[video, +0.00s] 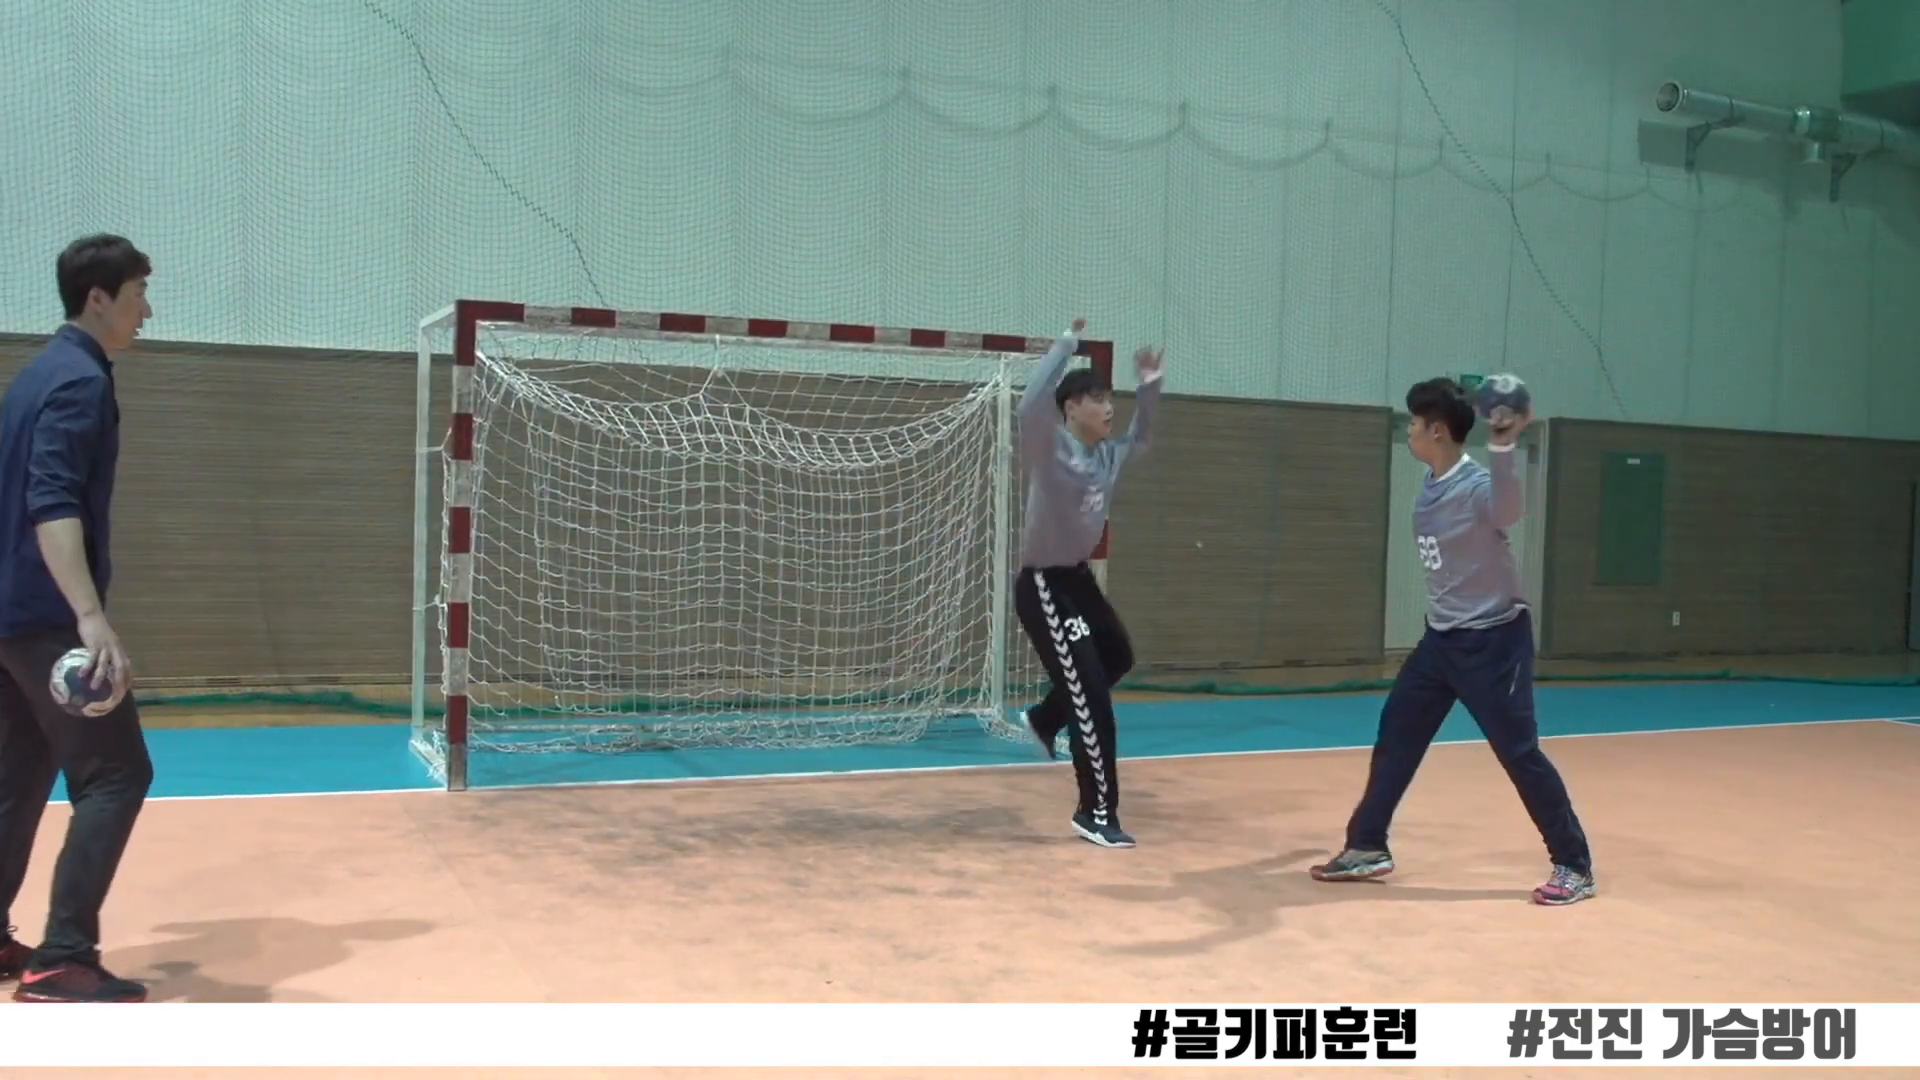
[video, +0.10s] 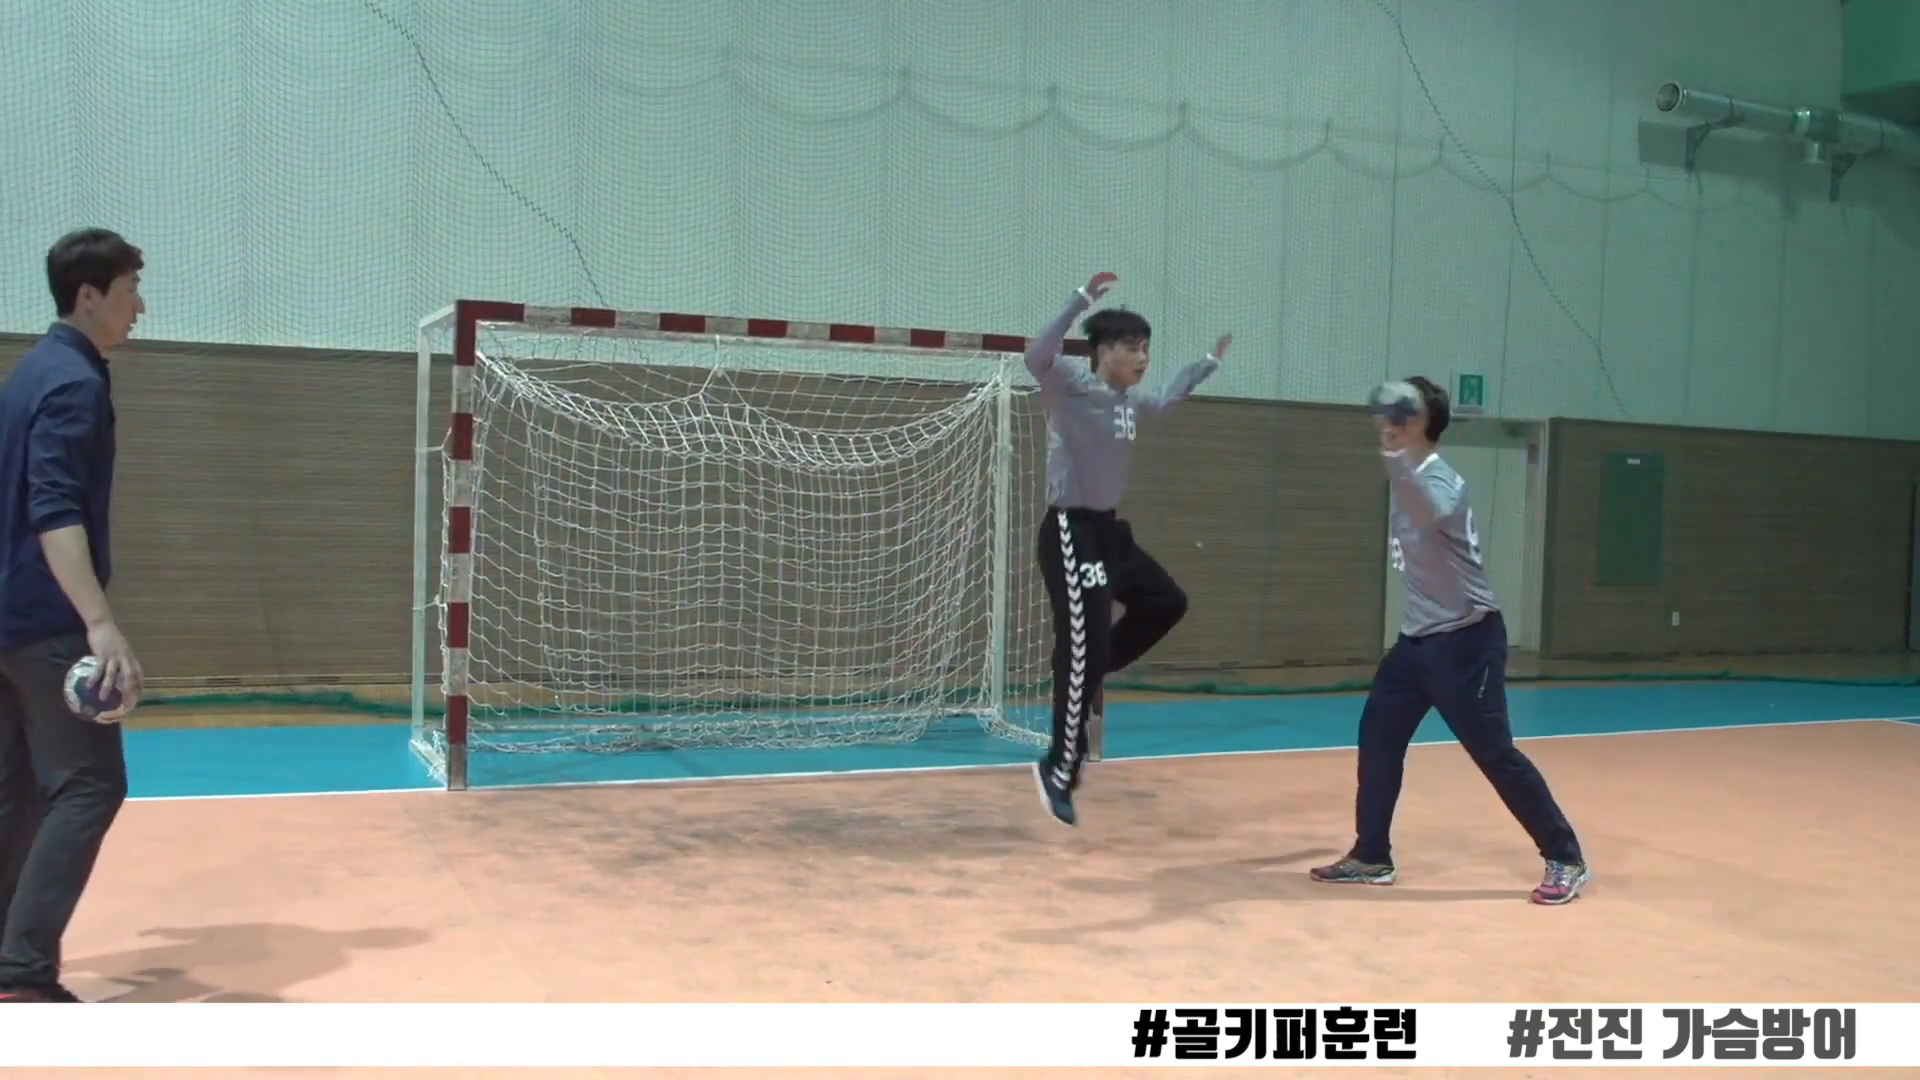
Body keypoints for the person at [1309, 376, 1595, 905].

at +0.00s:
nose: (1409, 434)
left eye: (1414, 426)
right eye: (1410, 425)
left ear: (1438, 433)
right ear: (1438, 431)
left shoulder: (1478, 484)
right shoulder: (1432, 486)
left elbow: (1509, 514)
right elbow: (1451, 554)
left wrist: (1503, 447)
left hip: (1494, 638)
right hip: (1441, 639)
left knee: (1520, 754)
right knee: (1397, 736)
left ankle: (1574, 867)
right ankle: (1367, 847)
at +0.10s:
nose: (1391, 424)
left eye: (1404, 415)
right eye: (1387, 415)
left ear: (1429, 424)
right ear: (1385, 423)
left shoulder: (1443, 477)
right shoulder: (1405, 475)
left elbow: (1428, 515)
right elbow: (1426, 549)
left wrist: (1397, 462)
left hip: (1467, 637)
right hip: (1418, 639)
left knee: (1494, 753)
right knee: (1379, 736)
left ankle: (1565, 858)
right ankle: (1371, 855)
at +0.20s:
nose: (1359, 418)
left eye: (1366, 409)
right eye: (1362, 409)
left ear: (1390, 415)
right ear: (1393, 416)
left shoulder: (1410, 470)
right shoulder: (1396, 468)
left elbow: (1341, 496)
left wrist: (1286, 446)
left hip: (1452, 625)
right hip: (1408, 629)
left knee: (1483, 742)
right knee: (1380, 734)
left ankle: (1561, 848)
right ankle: (1371, 855)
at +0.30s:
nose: (1346, 413)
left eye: (1354, 404)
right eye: (1349, 403)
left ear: (1380, 409)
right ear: (1383, 411)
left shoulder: (1380, 465)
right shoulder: (1404, 463)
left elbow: (1301, 483)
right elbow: (1449, 533)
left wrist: (1221, 455)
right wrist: (1476, 587)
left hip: (1436, 615)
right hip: (1403, 621)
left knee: (1473, 734)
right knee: (1383, 740)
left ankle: (1556, 840)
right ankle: (1371, 856)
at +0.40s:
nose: (1336, 410)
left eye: (1344, 400)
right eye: (1339, 400)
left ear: (1370, 406)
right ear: (1377, 409)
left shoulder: (1370, 463)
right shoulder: (1406, 464)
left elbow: (1305, 506)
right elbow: (1448, 532)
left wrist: (1234, 480)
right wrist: (1483, 584)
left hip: (1421, 612)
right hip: (1400, 616)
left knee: (1458, 731)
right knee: (1381, 737)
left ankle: (1543, 837)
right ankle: (1371, 856)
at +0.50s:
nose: (1333, 408)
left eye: (1342, 399)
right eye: (1335, 399)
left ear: (1370, 406)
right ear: (1373, 409)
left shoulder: (1373, 457)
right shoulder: (1403, 463)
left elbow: (1359, 520)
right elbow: (1446, 528)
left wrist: (1296, 520)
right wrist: (1486, 581)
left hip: (1419, 607)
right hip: (1392, 614)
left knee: (1437, 726)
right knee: (1379, 733)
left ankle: (1523, 840)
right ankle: (1370, 856)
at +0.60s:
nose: (1333, 411)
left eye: (1340, 402)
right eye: (1334, 401)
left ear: (1367, 406)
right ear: (1369, 408)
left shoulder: (1379, 457)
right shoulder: (1393, 459)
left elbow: (1410, 525)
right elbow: (1438, 529)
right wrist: (1480, 587)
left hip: (1415, 611)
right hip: (1393, 615)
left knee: (1416, 725)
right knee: (1376, 732)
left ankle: (1507, 841)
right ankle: (1371, 857)